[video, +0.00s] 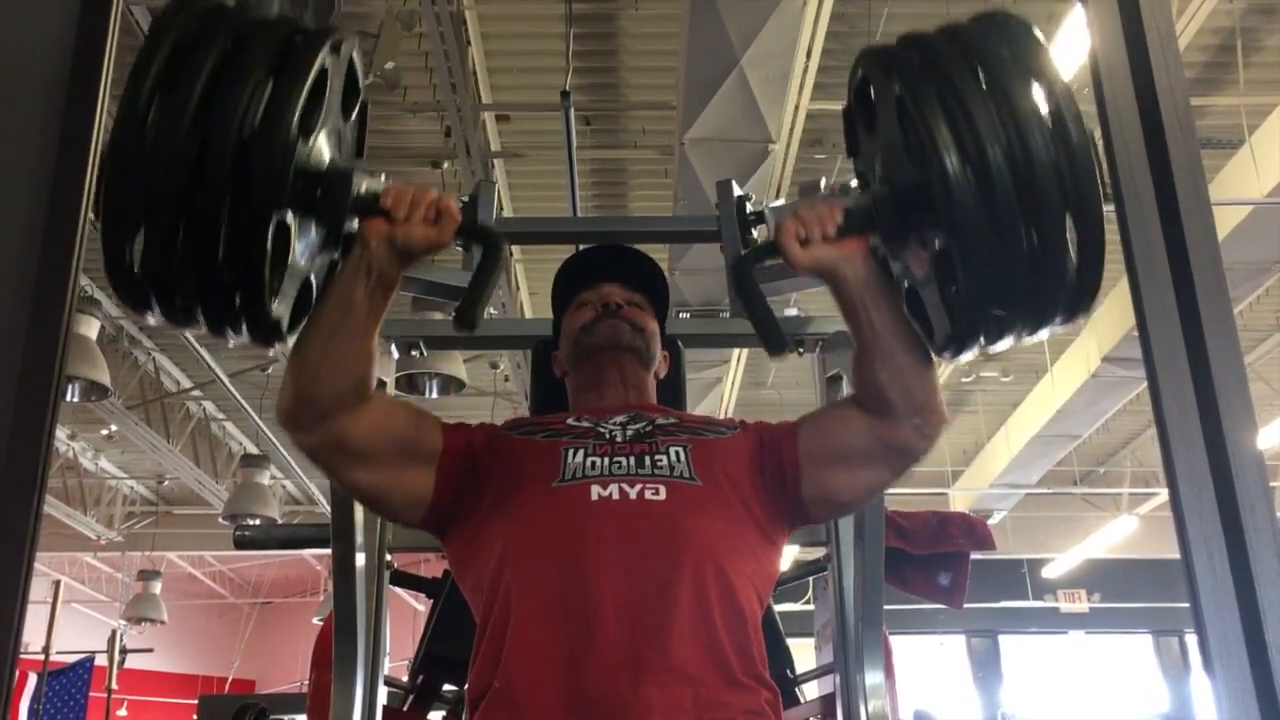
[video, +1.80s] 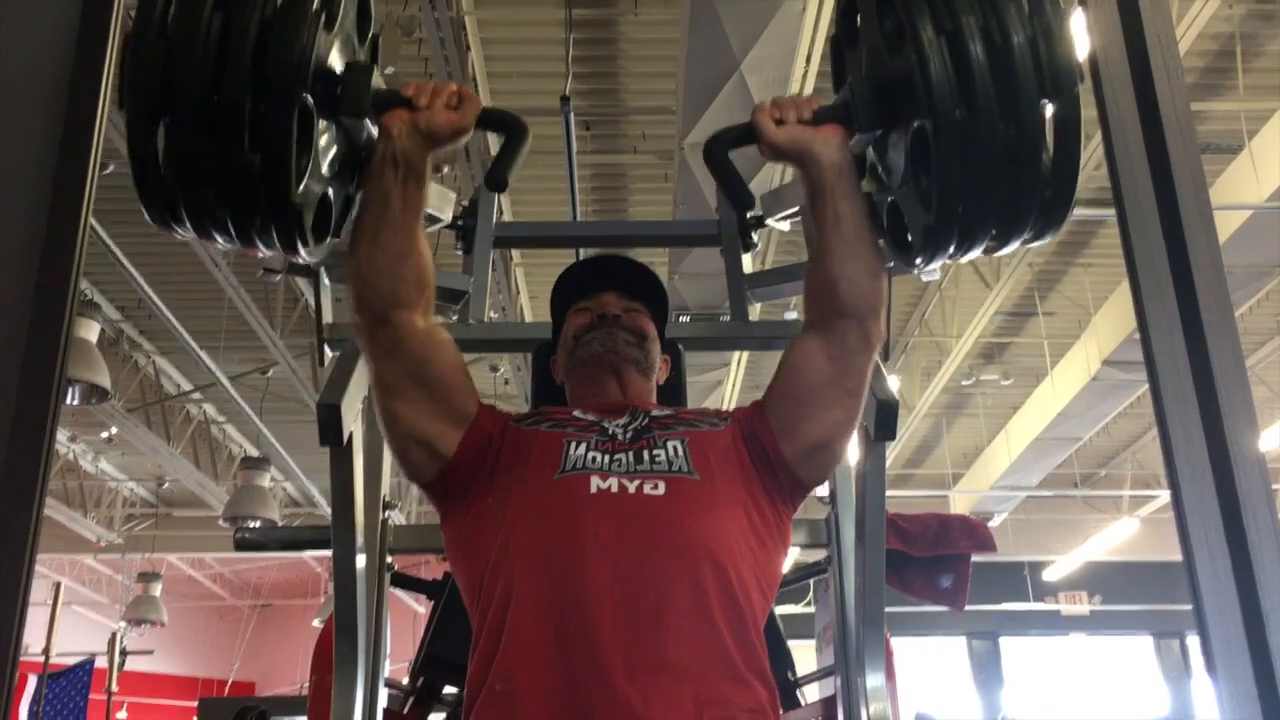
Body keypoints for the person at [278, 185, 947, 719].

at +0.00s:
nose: (611, 306)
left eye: (636, 306)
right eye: (585, 306)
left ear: (666, 357)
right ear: (555, 358)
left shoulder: (749, 455)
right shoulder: (486, 462)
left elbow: (906, 420)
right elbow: (319, 411)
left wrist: (853, 269)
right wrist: (376, 259)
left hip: (725, 707)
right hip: (526, 707)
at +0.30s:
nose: (613, 306)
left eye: (637, 307)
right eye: (587, 306)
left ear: (666, 361)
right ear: (555, 361)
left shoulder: (744, 459)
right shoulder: (490, 466)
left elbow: (926, 510)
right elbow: (294, 506)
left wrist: (879, 373)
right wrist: (348, 368)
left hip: (726, 703)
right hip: (529, 704)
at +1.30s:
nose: (608, 310)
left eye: (633, 312)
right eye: (584, 310)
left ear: (664, 364)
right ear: (554, 363)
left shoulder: (744, 458)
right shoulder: (484, 463)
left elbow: (921, 441)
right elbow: (303, 432)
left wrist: (859, 296)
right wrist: (366, 291)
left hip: (720, 704)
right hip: (526, 705)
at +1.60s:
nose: (610, 318)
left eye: (634, 317)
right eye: (587, 314)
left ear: (666, 367)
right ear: (553, 364)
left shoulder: (755, 453)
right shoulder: (482, 456)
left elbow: (877, 358)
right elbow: (355, 346)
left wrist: (838, 198)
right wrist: (392, 188)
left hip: (728, 705)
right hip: (523, 704)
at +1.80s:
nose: (609, 316)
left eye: (634, 316)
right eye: (585, 312)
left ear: (666, 369)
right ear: (552, 363)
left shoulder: (754, 453)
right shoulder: (485, 457)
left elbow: (847, 328)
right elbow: (395, 317)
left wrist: (828, 161)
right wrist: (404, 153)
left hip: (728, 705)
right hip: (518, 706)